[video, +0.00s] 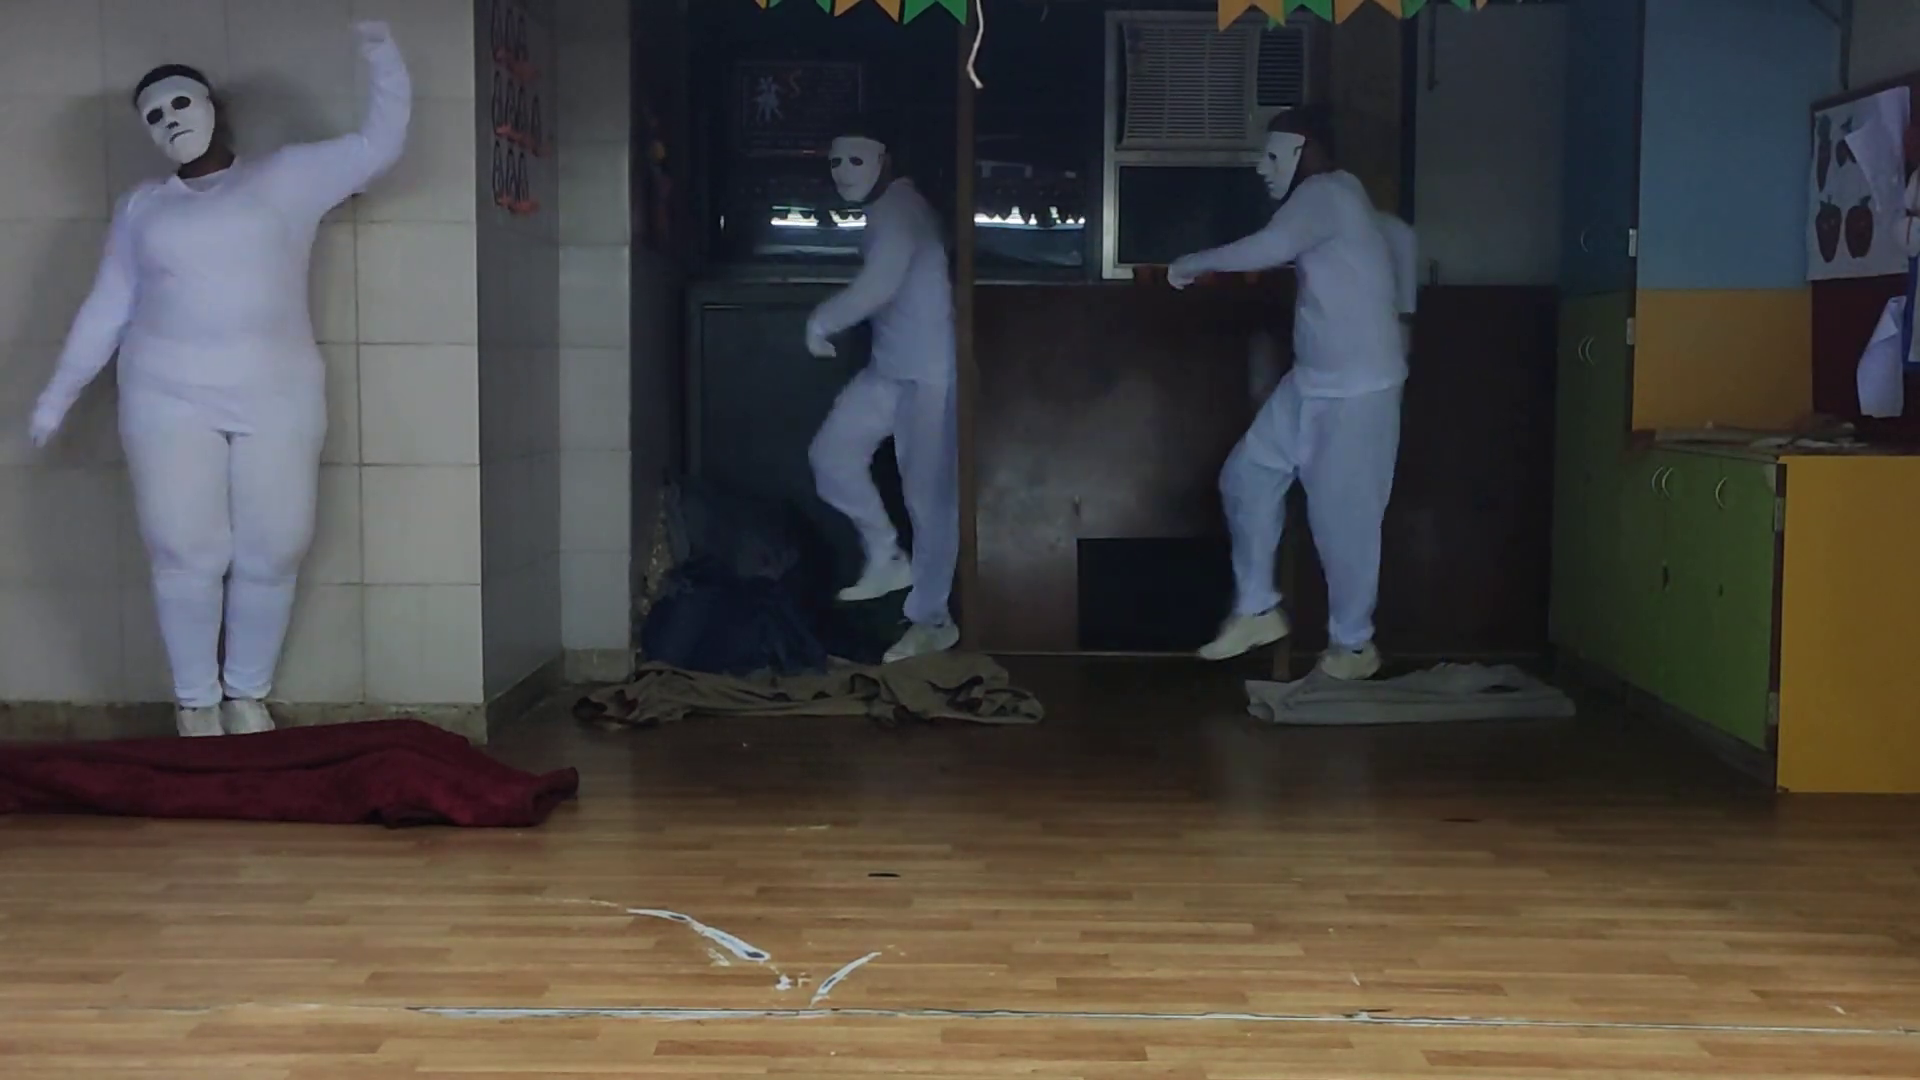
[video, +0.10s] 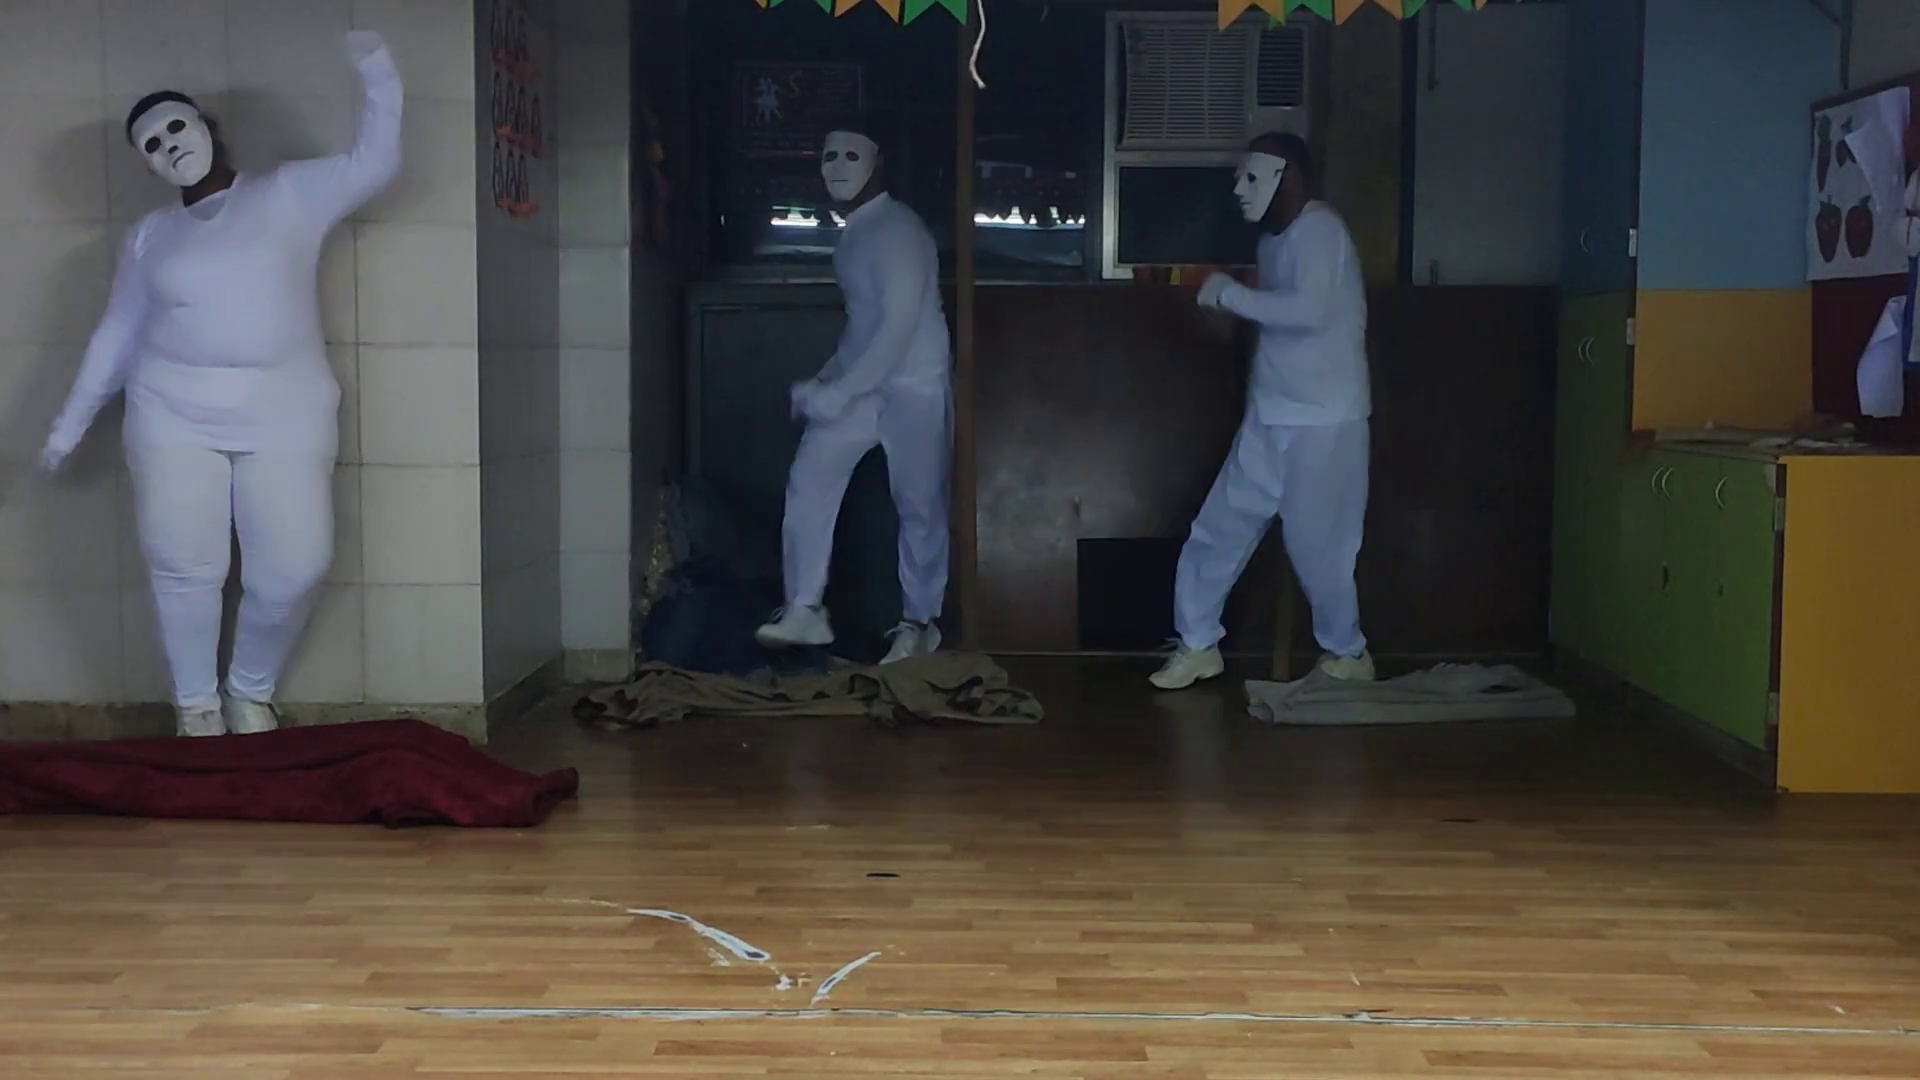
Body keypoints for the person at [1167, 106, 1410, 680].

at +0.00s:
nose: (1264, 168)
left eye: (1273, 157)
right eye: (1264, 157)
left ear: (1304, 151)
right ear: (1311, 153)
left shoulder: (1324, 194)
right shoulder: (1344, 200)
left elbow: (1272, 247)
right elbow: (1401, 233)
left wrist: (1188, 265)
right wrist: (1405, 307)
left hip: (1358, 386)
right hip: (1312, 381)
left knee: (1345, 512)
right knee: (1247, 480)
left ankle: (1353, 646)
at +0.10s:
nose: (1240, 190)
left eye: (1251, 179)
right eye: (1239, 179)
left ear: (1286, 177)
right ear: (1275, 180)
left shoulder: (1319, 230)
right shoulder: (1274, 240)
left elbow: (1309, 310)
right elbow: (1287, 309)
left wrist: (1228, 292)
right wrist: (1230, 289)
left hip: (1324, 421)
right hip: (1269, 419)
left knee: (1320, 542)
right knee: (1217, 532)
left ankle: (1347, 654)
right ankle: (1198, 647)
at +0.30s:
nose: (1244, 191)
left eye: (1258, 180)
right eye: (1235, 180)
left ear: (1284, 187)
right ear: (1224, 188)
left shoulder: (1321, 250)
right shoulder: (1211, 250)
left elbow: (1383, 318)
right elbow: (1176, 307)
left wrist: (1362, 393)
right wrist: (1131, 308)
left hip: (1297, 423)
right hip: (1231, 419)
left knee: (1282, 535)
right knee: (1197, 532)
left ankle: (1312, 621)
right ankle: (1199, 653)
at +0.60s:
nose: (1299, 194)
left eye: (1311, 183)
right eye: (1286, 184)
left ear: (1328, 191)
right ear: (1271, 192)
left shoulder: (1358, 257)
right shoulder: (1236, 250)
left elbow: (1390, 308)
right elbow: (1210, 297)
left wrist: (1369, 366)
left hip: (1327, 427)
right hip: (1251, 428)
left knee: (1352, 544)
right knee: (1232, 548)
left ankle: (1374, 655)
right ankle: (1257, 657)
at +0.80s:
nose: (1276, 189)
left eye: (1288, 178)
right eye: (1264, 178)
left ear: (1307, 183)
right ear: (1248, 185)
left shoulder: (1336, 244)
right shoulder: (1220, 238)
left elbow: (1365, 328)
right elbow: (1198, 284)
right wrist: (1198, 334)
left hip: (1318, 422)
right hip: (1238, 417)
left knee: (1349, 541)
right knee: (1183, 503)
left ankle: (1374, 659)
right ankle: (1198, 627)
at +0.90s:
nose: (1238, 189)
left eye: (1251, 177)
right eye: (1226, 177)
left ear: (1271, 181)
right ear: (1211, 183)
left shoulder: (1296, 219)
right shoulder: (1194, 236)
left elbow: (1325, 282)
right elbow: (1195, 303)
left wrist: (1237, 272)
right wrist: (1200, 333)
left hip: (1305, 406)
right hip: (1227, 402)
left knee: (1334, 524)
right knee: (1175, 514)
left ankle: (1359, 633)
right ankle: (1144, 636)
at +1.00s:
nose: (1214, 214)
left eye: (1226, 203)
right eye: (1202, 203)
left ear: (1244, 206)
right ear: (1186, 210)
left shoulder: (1263, 237)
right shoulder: (1176, 263)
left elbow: (1238, 289)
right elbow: (1194, 327)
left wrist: (1153, 307)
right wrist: (1188, 362)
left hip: (1286, 426)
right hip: (1215, 424)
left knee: (1303, 548)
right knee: (1171, 542)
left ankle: (1333, 645)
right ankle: (1142, 656)